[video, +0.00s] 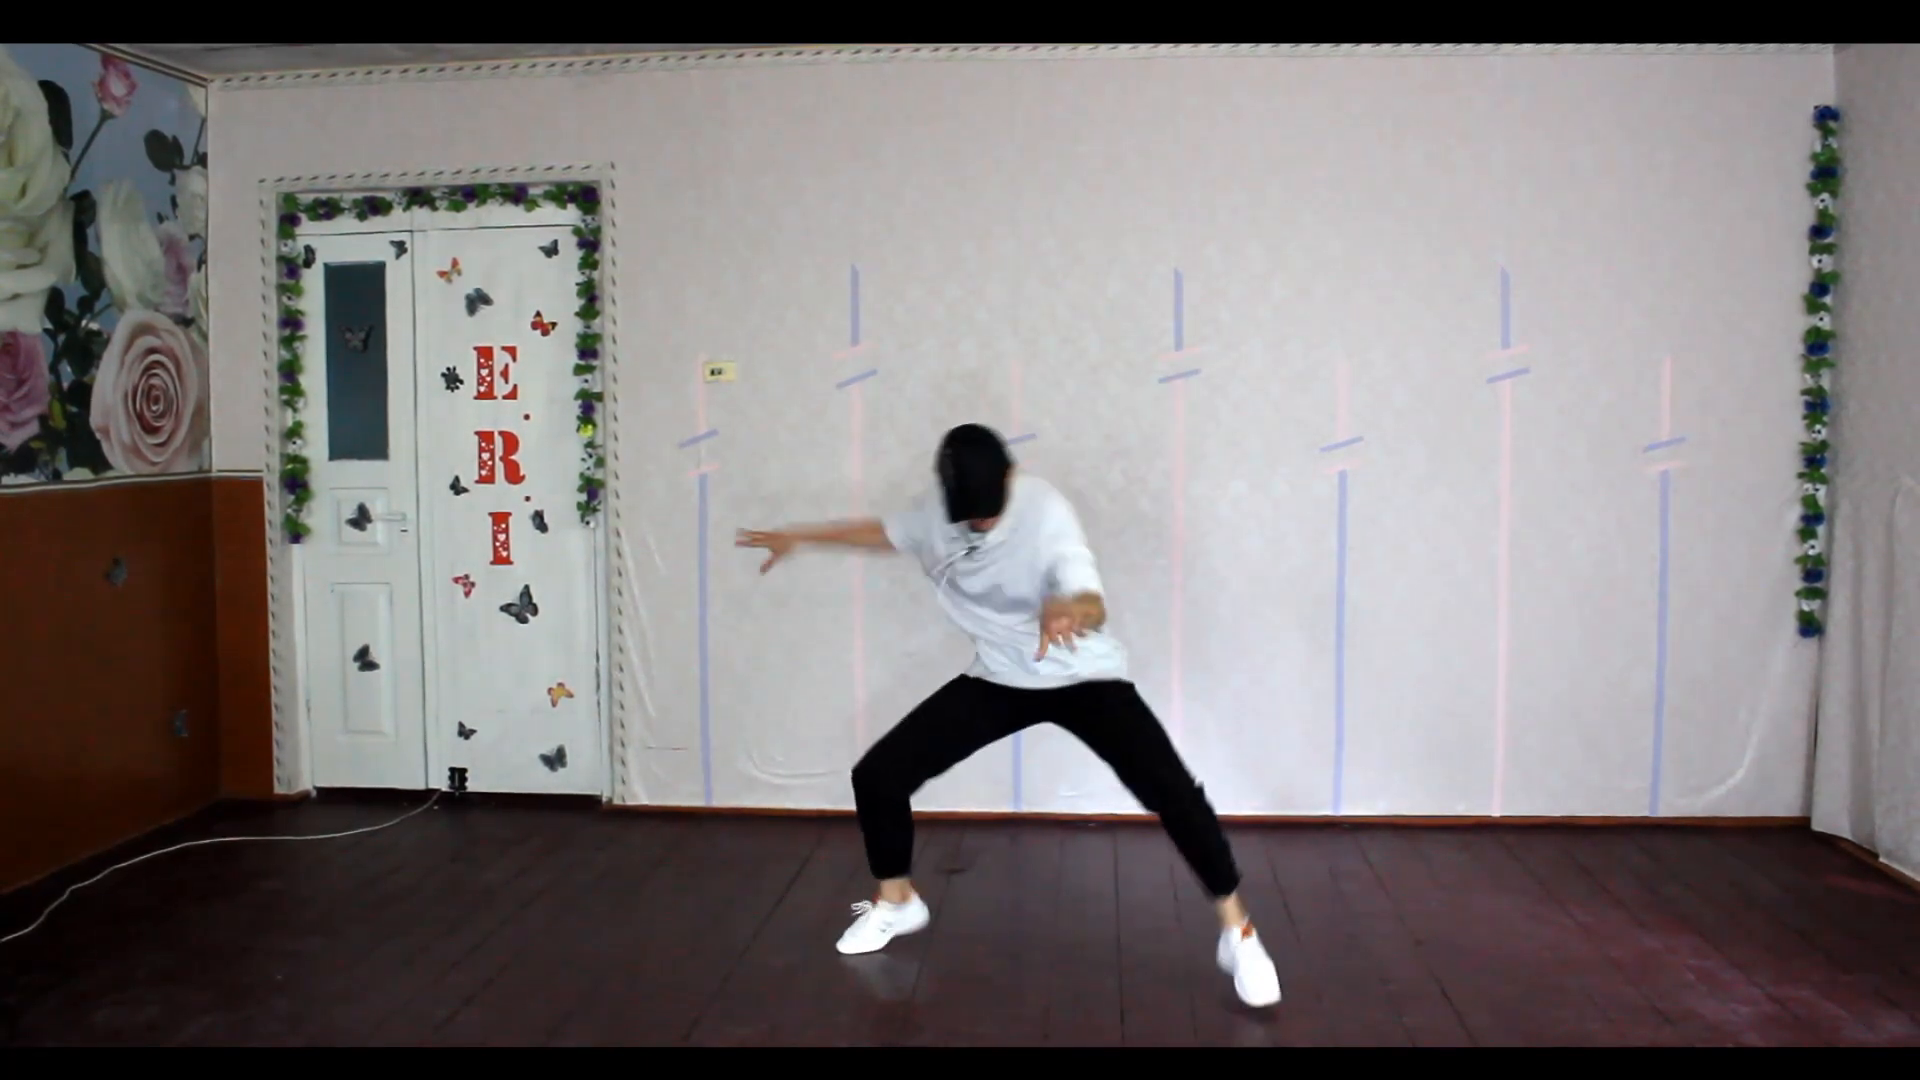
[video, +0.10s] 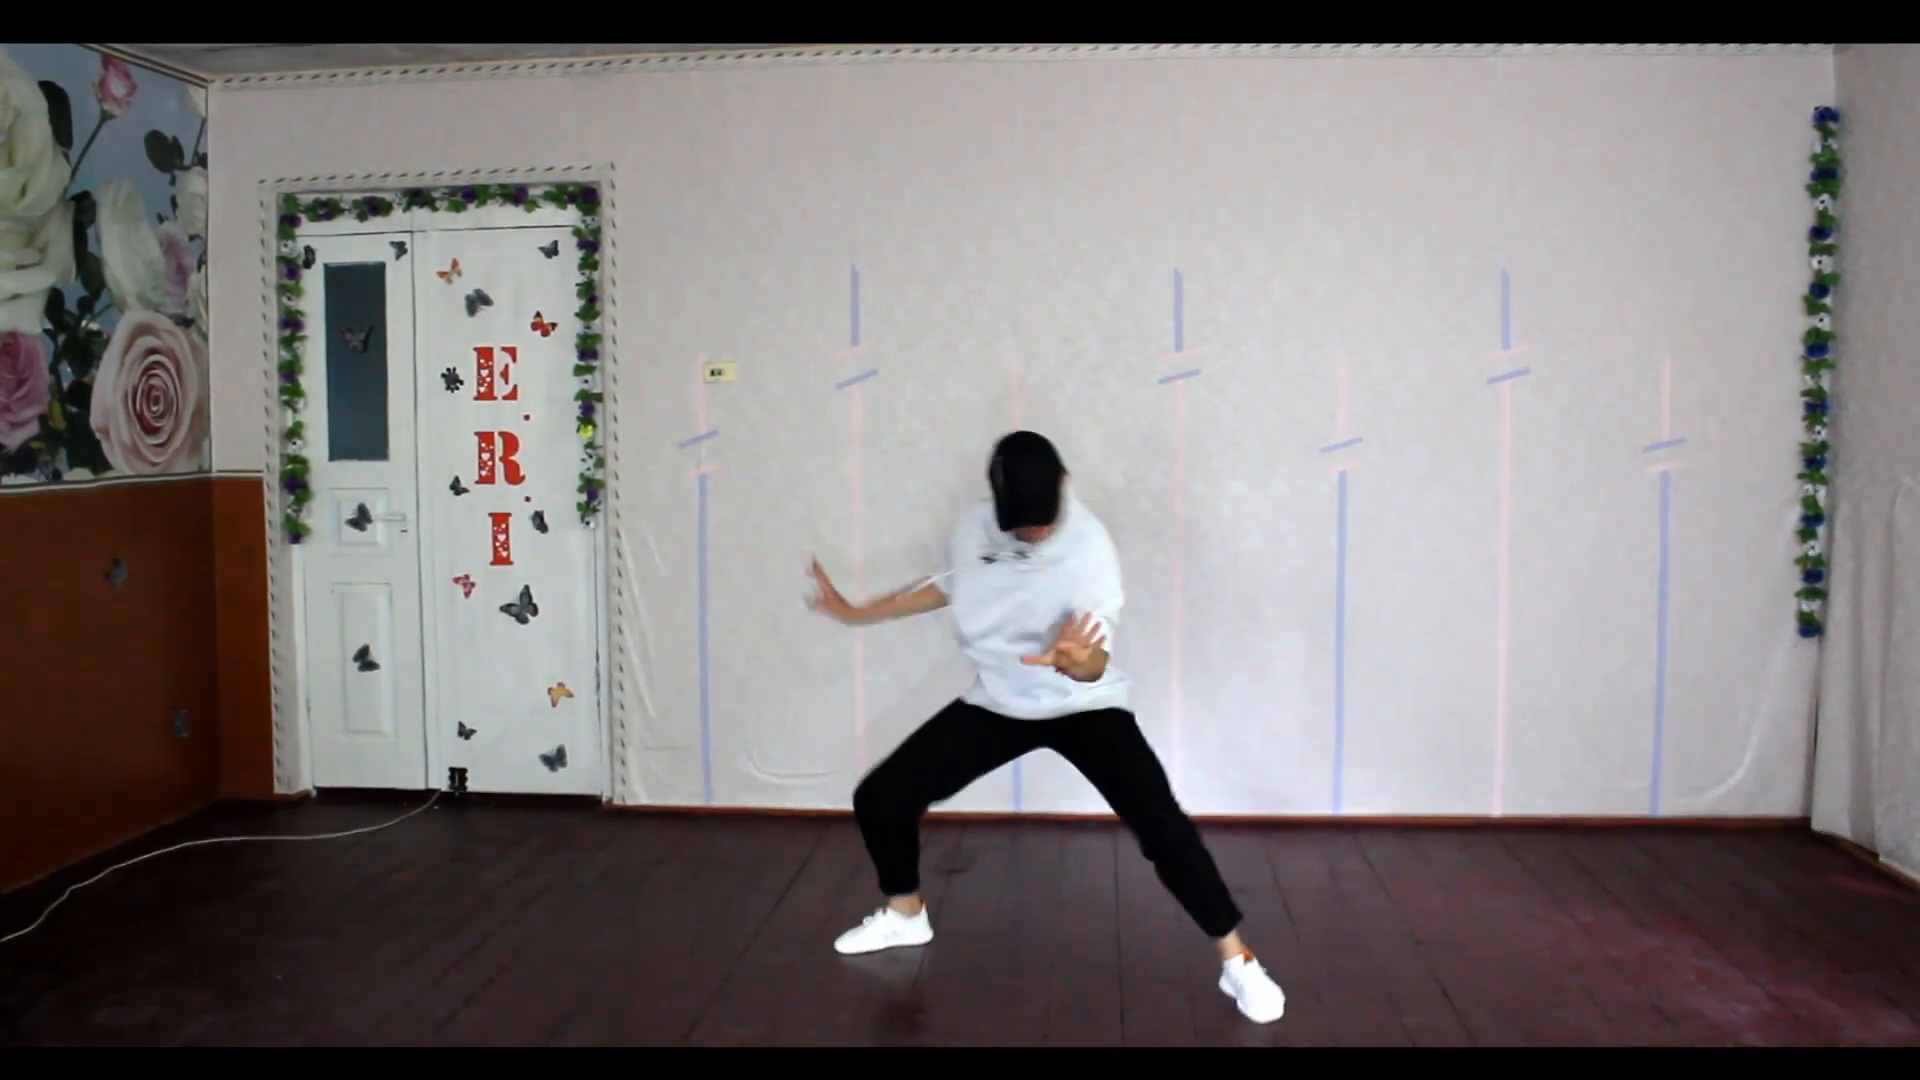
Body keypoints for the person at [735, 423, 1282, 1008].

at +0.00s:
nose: (982, 527)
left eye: (991, 516)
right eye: (969, 519)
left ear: (1007, 486)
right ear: (947, 499)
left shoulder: (1045, 511)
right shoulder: (930, 522)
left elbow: (1090, 603)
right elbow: (877, 535)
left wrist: (1061, 611)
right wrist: (795, 537)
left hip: (1085, 682)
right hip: (996, 682)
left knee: (1174, 794)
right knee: (879, 775)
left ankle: (1237, 929)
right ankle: (896, 901)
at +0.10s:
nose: (1036, 536)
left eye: (1044, 526)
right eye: (1023, 529)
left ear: (1061, 498)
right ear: (998, 506)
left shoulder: (1087, 542)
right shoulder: (976, 528)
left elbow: (1098, 658)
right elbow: (947, 588)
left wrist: (1077, 663)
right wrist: (858, 613)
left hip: (1086, 711)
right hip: (996, 706)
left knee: (1162, 825)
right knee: (882, 798)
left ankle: (1238, 959)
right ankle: (904, 914)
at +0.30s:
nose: (998, 534)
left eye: (1006, 522)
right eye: (985, 526)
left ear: (1021, 494)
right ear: (962, 509)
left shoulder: (1054, 522)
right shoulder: (945, 539)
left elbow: (1098, 609)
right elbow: (895, 559)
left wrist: (1069, 599)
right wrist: (815, 561)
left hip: (1089, 698)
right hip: (999, 700)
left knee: (1191, 793)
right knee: (866, 773)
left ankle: (1249, 942)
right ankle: (881, 894)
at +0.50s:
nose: (982, 531)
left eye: (992, 521)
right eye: (971, 521)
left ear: (1014, 497)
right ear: (954, 501)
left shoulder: (1054, 520)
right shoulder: (940, 529)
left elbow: (1107, 598)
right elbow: (889, 546)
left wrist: (1071, 595)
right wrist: (807, 548)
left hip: (1097, 698)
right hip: (1007, 699)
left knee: (1187, 803)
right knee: (879, 779)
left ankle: (1255, 945)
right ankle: (894, 903)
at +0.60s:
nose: (1021, 534)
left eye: (1030, 523)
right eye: (1008, 525)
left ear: (1048, 494)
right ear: (986, 501)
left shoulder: (1087, 538)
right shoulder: (968, 540)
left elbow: (1111, 645)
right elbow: (946, 589)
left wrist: (1080, 632)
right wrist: (862, 595)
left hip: (1096, 715)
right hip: (1008, 711)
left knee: (1169, 836)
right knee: (887, 799)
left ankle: (1253, 958)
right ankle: (904, 914)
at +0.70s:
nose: (1029, 526)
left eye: (1037, 512)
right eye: (1016, 518)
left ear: (1054, 489)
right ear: (996, 499)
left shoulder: (1085, 538)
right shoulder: (983, 532)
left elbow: (1108, 651)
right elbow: (954, 593)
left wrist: (1077, 635)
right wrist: (869, 617)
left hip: (1093, 711)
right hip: (1006, 708)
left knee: (1159, 832)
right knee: (880, 791)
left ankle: (1254, 960)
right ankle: (900, 911)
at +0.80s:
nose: (999, 525)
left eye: (1006, 513)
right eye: (986, 517)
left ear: (1025, 487)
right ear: (967, 503)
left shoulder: (1064, 524)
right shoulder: (959, 537)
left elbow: (1118, 617)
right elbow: (904, 577)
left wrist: (1097, 602)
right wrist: (817, 573)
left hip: (1098, 701)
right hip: (1012, 700)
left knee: (1175, 827)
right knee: (881, 777)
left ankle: (1255, 953)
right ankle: (888, 899)